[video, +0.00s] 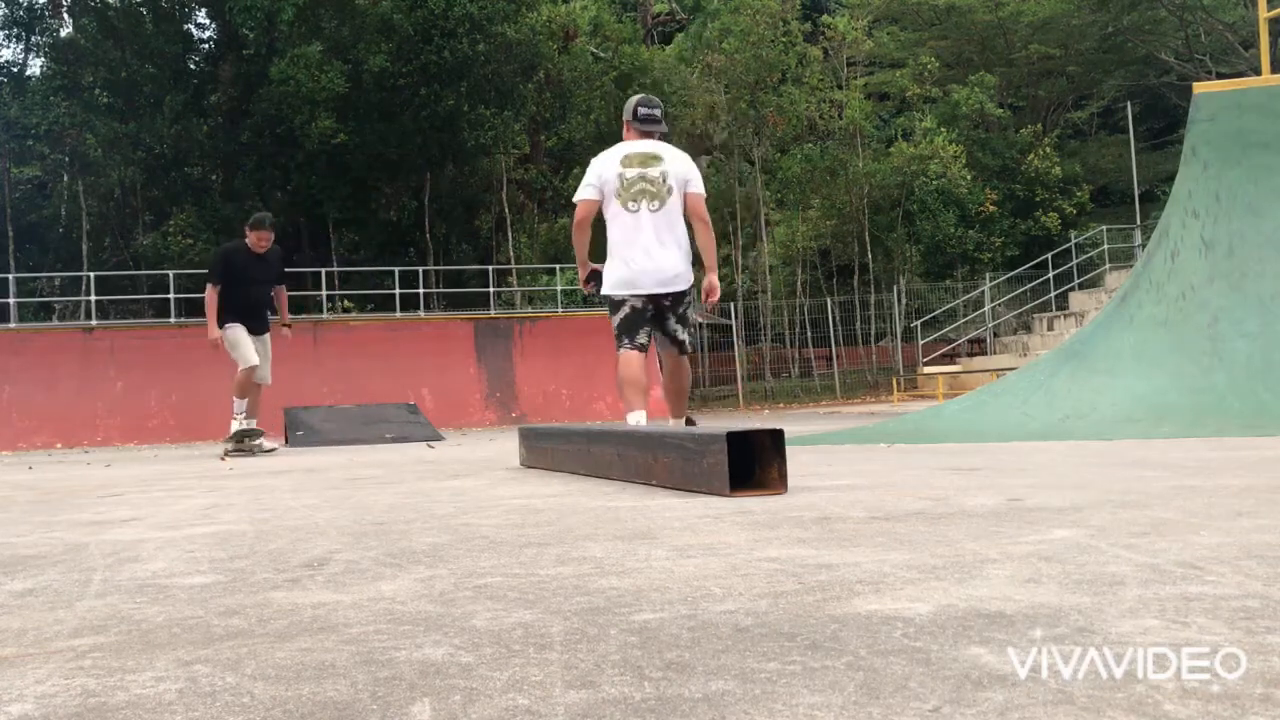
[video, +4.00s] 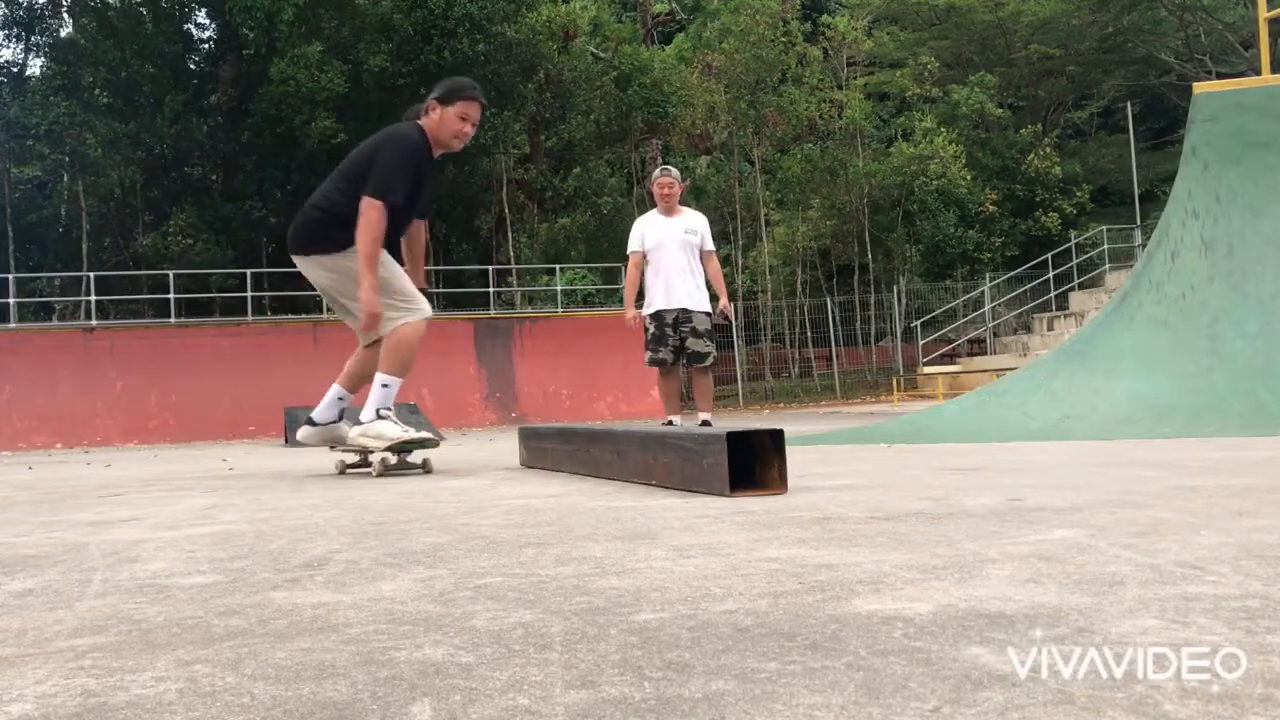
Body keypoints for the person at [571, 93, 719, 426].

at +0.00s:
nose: (629, 132)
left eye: (627, 126)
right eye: (647, 130)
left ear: (626, 127)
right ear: (661, 129)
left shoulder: (605, 161)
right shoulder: (681, 159)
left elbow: (581, 218)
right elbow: (700, 216)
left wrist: (583, 264)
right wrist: (711, 271)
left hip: (625, 274)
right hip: (673, 273)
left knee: (631, 348)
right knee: (676, 350)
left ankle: (637, 430)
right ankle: (678, 430)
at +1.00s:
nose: (597, 170)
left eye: (598, 164)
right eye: (596, 164)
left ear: (611, 164)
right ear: (625, 163)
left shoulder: (613, 194)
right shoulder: (654, 195)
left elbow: (606, 242)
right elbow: (659, 248)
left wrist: (582, 283)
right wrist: (664, 296)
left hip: (629, 293)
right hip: (656, 292)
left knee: (627, 358)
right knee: (646, 352)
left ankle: (635, 425)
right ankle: (667, 411)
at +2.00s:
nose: (671, 191)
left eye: (677, 186)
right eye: (666, 186)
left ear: (687, 188)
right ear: (659, 187)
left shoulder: (704, 219)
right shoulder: (645, 217)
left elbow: (713, 264)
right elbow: (632, 258)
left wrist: (719, 302)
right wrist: (625, 289)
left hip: (693, 308)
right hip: (654, 307)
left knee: (698, 365)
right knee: (655, 362)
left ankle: (704, 420)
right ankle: (661, 423)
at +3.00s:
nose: (679, 189)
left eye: (684, 184)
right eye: (674, 184)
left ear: (695, 187)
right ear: (668, 188)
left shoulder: (712, 220)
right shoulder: (655, 220)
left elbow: (723, 259)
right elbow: (645, 262)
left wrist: (725, 295)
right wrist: (646, 301)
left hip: (703, 307)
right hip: (666, 306)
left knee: (705, 366)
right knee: (670, 367)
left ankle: (706, 418)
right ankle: (673, 420)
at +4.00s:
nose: (666, 192)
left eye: (671, 186)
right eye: (660, 187)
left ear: (681, 189)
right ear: (652, 190)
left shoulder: (697, 219)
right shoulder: (642, 223)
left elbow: (710, 260)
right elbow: (634, 266)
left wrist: (723, 295)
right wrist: (629, 306)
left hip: (696, 304)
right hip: (659, 306)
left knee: (701, 364)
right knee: (667, 367)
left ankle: (705, 419)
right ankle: (673, 421)